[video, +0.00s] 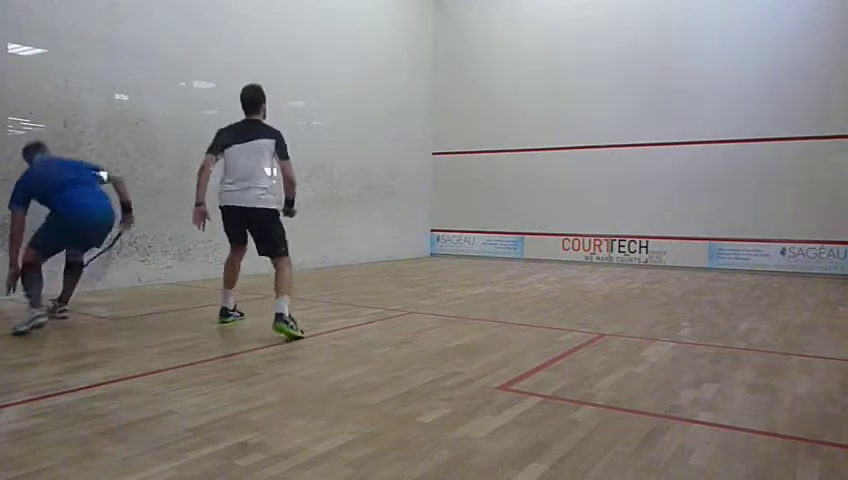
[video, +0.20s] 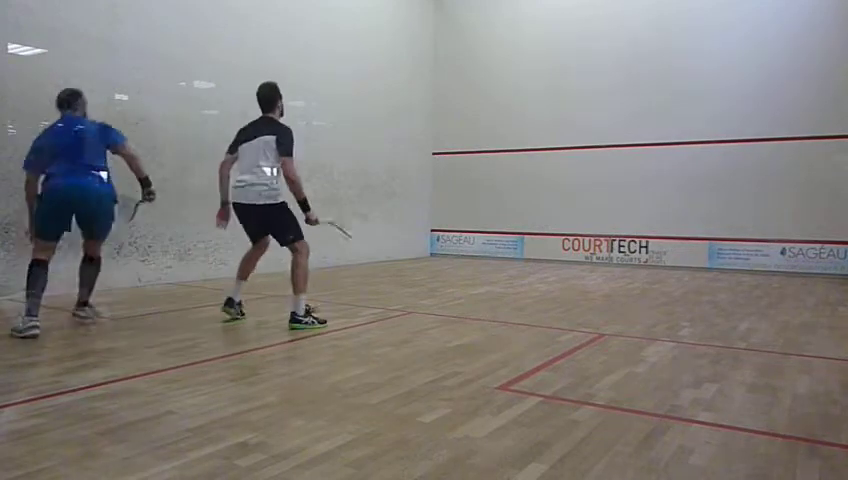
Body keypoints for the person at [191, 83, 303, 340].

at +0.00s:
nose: (264, 107)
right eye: (264, 103)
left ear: (241, 107)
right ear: (263, 107)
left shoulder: (226, 133)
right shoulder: (273, 135)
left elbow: (205, 167)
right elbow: (289, 177)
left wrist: (199, 203)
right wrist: (290, 202)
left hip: (230, 205)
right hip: (263, 207)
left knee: (237, 250)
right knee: (282, 261)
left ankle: (226, 307)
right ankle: (282, 315)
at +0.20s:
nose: (283, 105)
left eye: (281, 101)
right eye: (282, 101)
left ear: (259, 104)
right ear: (279, 103)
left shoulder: (245, 132)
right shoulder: (282, 131)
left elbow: (225, 167)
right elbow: (289, 174)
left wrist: (224, 204)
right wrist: (306, 209)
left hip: (241, 202)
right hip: (270, 201)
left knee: (261, 244)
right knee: (301, 249)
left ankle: (233, 300)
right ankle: (299, 313)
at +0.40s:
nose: (289, 98)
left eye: (287, 94)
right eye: (287, 94)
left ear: (266, 98)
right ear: (283, 97)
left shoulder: (257, 122)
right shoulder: (274, 123)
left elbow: (240, 157)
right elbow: (269, 157)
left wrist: (257, 181)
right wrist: (281, 193)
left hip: (248, 197)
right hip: (266, 196)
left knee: (268, 247)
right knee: (295, 248)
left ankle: (242, 302)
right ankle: (299, 313)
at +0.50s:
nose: (288, 98)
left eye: (286, 94)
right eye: (286, 94)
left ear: (268, 97)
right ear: (280, 97)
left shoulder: (268, 123)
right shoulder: (263, 123)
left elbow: (264, 159)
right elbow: (253, 158)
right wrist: (261, 178)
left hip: (253, 197)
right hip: (259, 198)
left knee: (262, 249)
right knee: (281, 251)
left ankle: (239, 303)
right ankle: (297, 312)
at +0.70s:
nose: (290, 102)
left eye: (290, 97)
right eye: (287, 97)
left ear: (278, 97)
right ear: (276, 97)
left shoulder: (272, 123)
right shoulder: (249, 119)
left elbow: (273, 148)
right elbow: (235, 146)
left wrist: (282, 169)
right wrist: (240, 155)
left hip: (254, 191)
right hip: (244, 191)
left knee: (256, 248)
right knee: (264, 246)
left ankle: (239, 304)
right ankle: (264, 309)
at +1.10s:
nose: (291, 107)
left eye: (293, 102)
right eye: (287, 101)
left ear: (283, 101)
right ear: (272, 98)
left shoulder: (272, 124)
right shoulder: (249, 126)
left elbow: (262, 160)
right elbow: (252, 170)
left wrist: (270, 174)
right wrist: (269, 180)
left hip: (252, 192)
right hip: (239, 193)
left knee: (252, 249)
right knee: (245, 251)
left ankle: (241, 304)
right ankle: (236, 314)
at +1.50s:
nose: (292, 95)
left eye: (294, 90)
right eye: (287, 90)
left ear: (292, 91)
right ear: (272, 90)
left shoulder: (275, 118)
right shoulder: (259, 122)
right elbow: (257, 169)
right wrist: (266, 208)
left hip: (254, 191)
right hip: (242, 192)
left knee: (257, 247)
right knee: (246, 251)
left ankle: (256, 298)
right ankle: (237, 315)